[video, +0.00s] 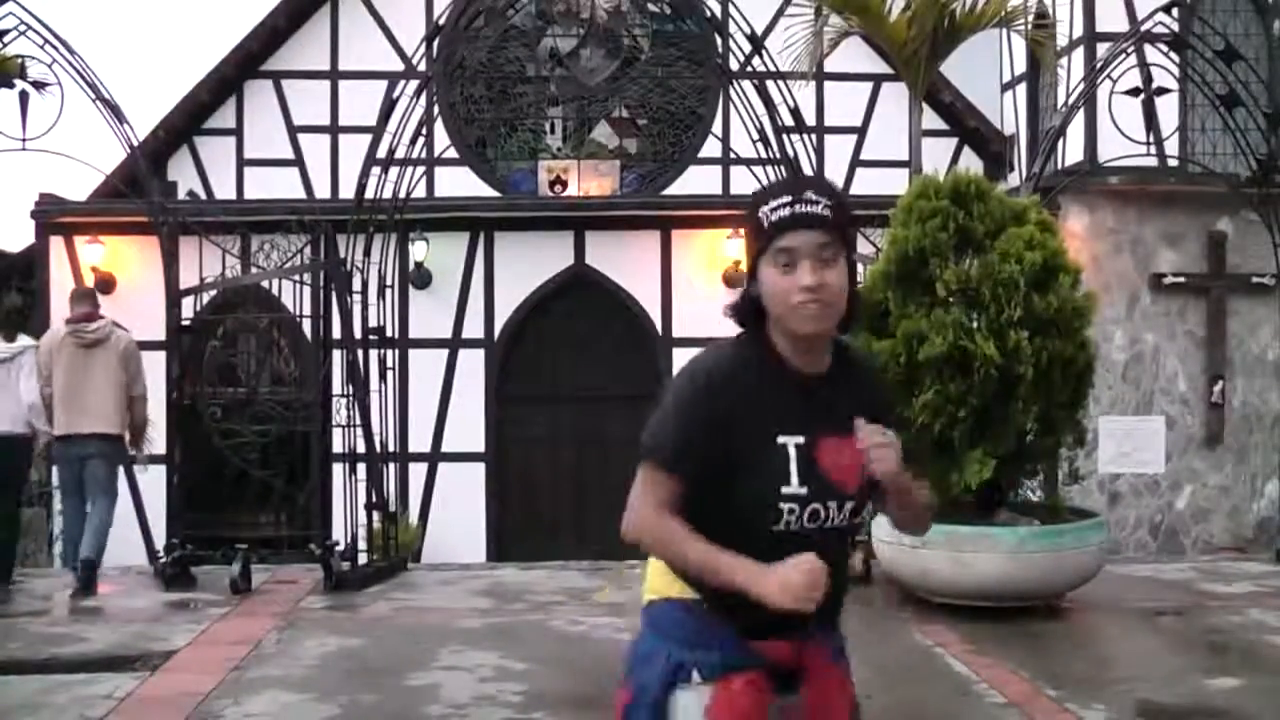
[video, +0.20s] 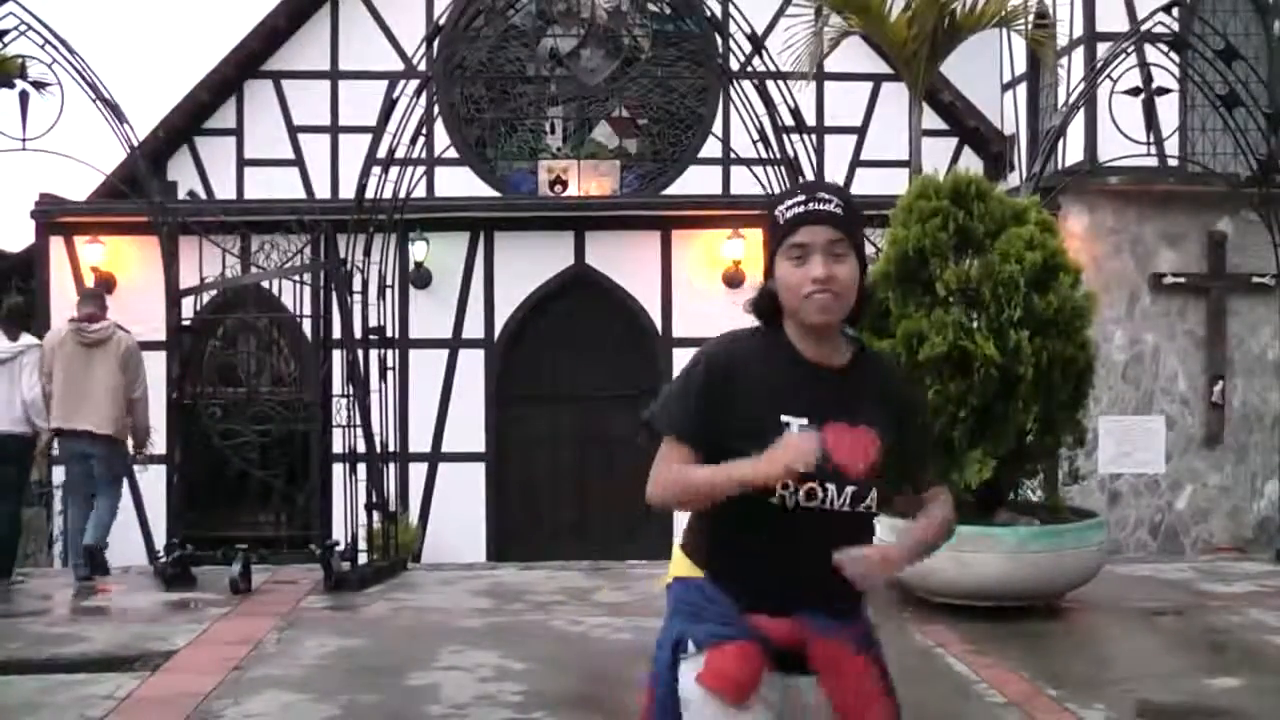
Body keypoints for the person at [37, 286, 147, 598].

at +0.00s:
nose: (81, 315)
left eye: (77, 310)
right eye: (89, 308)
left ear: (70, 311)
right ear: (99, 309)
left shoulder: (51, 341)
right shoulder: (123, 342)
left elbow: (46, 389)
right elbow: (138, 393)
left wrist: (56, 424)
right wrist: (137, 434)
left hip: (67, 434)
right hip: (106, 434)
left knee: (72, 502)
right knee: (101, 499)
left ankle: (76, 571)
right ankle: (88, 561)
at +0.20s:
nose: (98, 316)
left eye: (91, 311)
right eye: (101, 311)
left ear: (77, 311)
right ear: (105, 311)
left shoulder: (55, 341)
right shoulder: (124, 343)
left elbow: (47, 386)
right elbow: (137, 394)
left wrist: (55, 419)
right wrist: (141, 436)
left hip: (69, 429)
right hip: (107, 431)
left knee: (77, 497)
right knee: (108, 490)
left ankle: (80, 568)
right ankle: (93, 543)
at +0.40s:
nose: (98, 316)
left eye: (93, 312)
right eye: (103, 311)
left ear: (83, 311)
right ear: (111, 310)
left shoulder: (60, 343)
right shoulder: (131, 345)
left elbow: (49, 389)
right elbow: (144, 396)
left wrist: (59, 421)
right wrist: (147, 437)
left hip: (74, 432)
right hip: (115, 432)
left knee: (79, 499)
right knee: (126, 491)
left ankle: (83, 566)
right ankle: (122, 552)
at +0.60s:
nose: (112, 317)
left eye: (107, 311)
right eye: (117, 312)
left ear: (96, 312)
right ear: (123, 313)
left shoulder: (71, 344)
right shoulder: (140, 344)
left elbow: (56, 392)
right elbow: (154, 395)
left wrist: (68, 422)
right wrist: (161, 434)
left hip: (89, 432)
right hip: (129, 433)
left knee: (90, 500)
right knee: (139, 497)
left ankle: (84, 567)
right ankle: (148, 558)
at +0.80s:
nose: (125, 319)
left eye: (122, 313)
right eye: (130, 313)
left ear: (114, 314)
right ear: (140, 314)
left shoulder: (91, 344)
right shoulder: (157, 343)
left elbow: (75, 391)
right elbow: (170, 388)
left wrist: (71, 427)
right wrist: (169, 424)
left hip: (104, 433)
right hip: (145, 432)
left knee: (100, 496)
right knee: (149, 496)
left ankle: (87, 557)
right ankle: (149, 557)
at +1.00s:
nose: (147, 318)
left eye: (142, 314)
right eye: (151, 314)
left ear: (129, 312)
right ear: (155, 314)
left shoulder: (106, 342)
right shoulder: (169, 343)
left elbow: (87, 383)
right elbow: (182, 388)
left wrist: (83, 420)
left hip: (118, 429)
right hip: (154, 430)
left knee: (108, 490)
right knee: (157, 492)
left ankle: (94, 542)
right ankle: (149, 554)